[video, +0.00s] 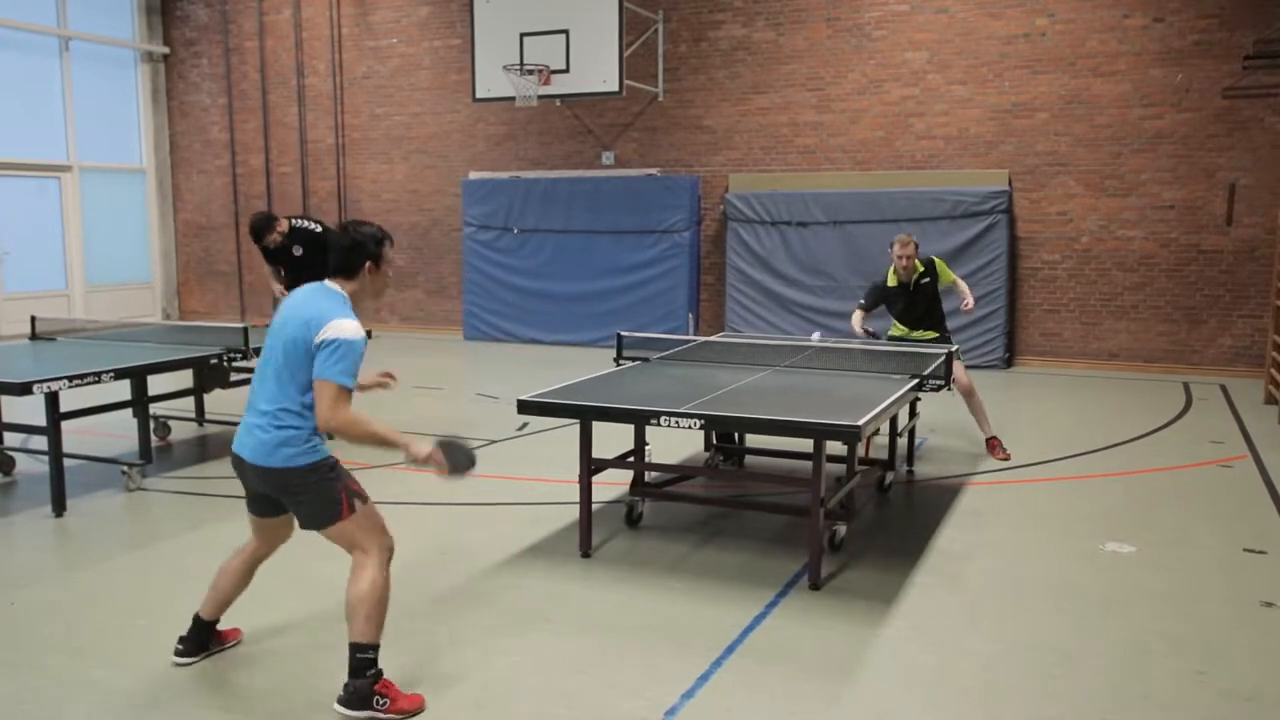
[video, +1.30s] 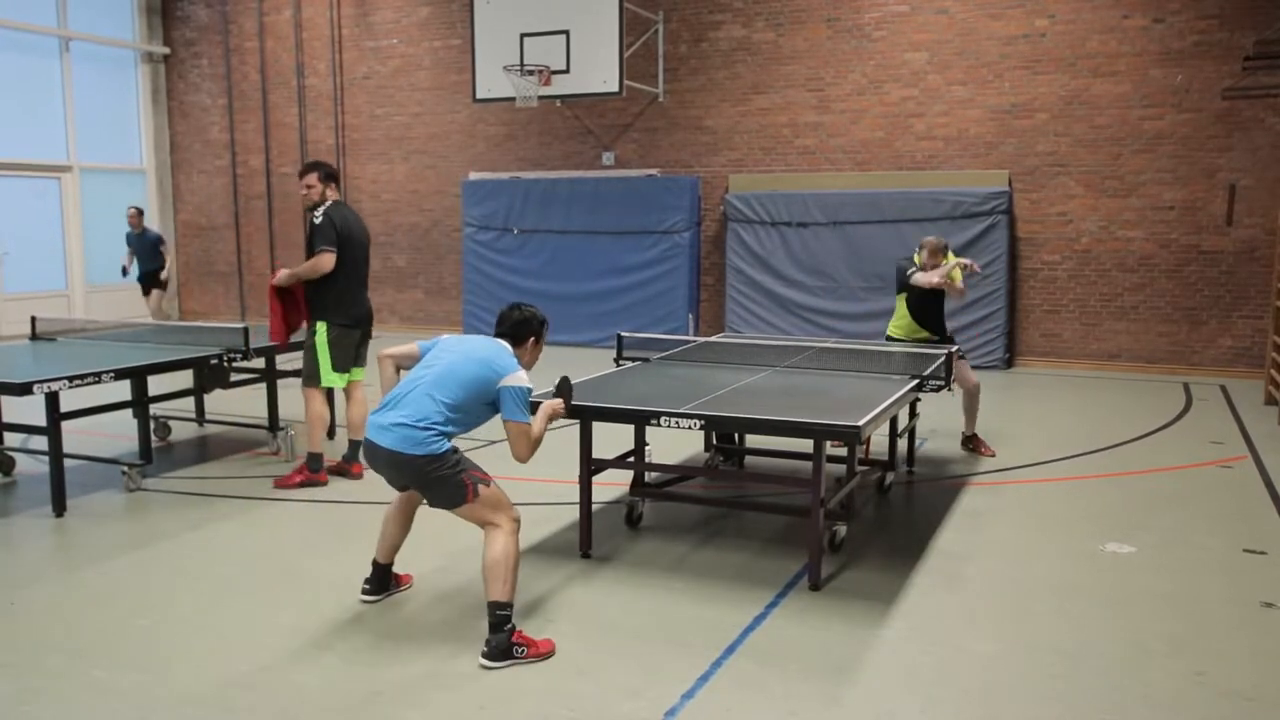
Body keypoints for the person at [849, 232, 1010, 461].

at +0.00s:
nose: (904, 263)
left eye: (909, 258)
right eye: (899, 258)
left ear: (917, 254)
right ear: (891, 255)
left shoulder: (932, 266)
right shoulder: (884, 284)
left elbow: (957, 282)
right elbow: (859, 313)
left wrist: (968, 297)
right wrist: (859, 328)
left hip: (936, 337)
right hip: (900, 338)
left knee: (965, 384)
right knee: (878, 384)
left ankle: (991, 439)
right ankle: (867, 436)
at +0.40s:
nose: (901, 236)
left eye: (905, 231)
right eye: (896, 231)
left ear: (914, 231)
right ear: (889, 232)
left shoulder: (931, 251)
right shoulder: (883, 261)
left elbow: (953, 283)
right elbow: (873, 290)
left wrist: (932, 303)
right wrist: (867, 312)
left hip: (931, 324)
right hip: (896, 322)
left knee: (955, 376)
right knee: (877, 374)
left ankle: (973, 428)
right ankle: (864, 435)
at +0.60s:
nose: (907, 234)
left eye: (912, 229)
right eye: (902, 229)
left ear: (920, 230)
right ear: (896, 230)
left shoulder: (935, 252)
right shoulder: (887, 260)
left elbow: (956, 281)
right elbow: (875, 288)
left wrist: (938, 306)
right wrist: (879, 314)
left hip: (933, 324)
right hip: (900, 324)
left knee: (955, 375)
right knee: (882, 372)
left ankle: (964, 416)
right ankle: (867, 428)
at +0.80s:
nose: (921, 314)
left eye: (926, 311)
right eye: (916, 310)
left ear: (936, 301)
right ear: (910, 298)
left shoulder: (946, 299)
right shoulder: (898, 298)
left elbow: (948, 337)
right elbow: (890, 327)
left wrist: (929, 338)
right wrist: (923, 318)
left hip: (940, 354)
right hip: (903, 355)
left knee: (971, 387)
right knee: (875, 387)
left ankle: (969, 436)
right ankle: (862, 439)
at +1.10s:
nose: (929, 308)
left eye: (934, 305)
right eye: (925, 304)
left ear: (942, 297)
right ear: (918, 293)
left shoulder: (949, 293)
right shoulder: (905, 297)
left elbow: (957, 327)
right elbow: (911, 322)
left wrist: (938, 330)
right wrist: (944, 313)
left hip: (938, 356)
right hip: (904, 357)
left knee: (978, 388)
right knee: (877, 391)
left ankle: (970, 437)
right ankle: (863, 437)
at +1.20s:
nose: (931, 293)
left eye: (936, 289)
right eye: (928, 289)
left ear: (945, 280)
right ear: (918, 277)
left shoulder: (951, 279)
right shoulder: (906, 286)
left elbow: (957, 311)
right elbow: (918, 304)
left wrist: (942, 311)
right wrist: (953, 294)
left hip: (937, 348)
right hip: (902, 349)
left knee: (977, 387)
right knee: (879, 391)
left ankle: (970, 437)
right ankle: (862, 437)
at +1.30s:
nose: (930, 270)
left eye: (935, 266)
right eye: (926, 265)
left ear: (945, 259)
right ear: (918, 255)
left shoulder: (950, 265)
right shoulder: (905, 268)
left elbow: (960, 294)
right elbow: (932, 280)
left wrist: (948, 283)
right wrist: (955, 263)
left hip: (936, 338)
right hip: (900, 338)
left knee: (972, 385)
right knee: (882, 387)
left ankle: (970, 436)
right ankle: (863, 438)